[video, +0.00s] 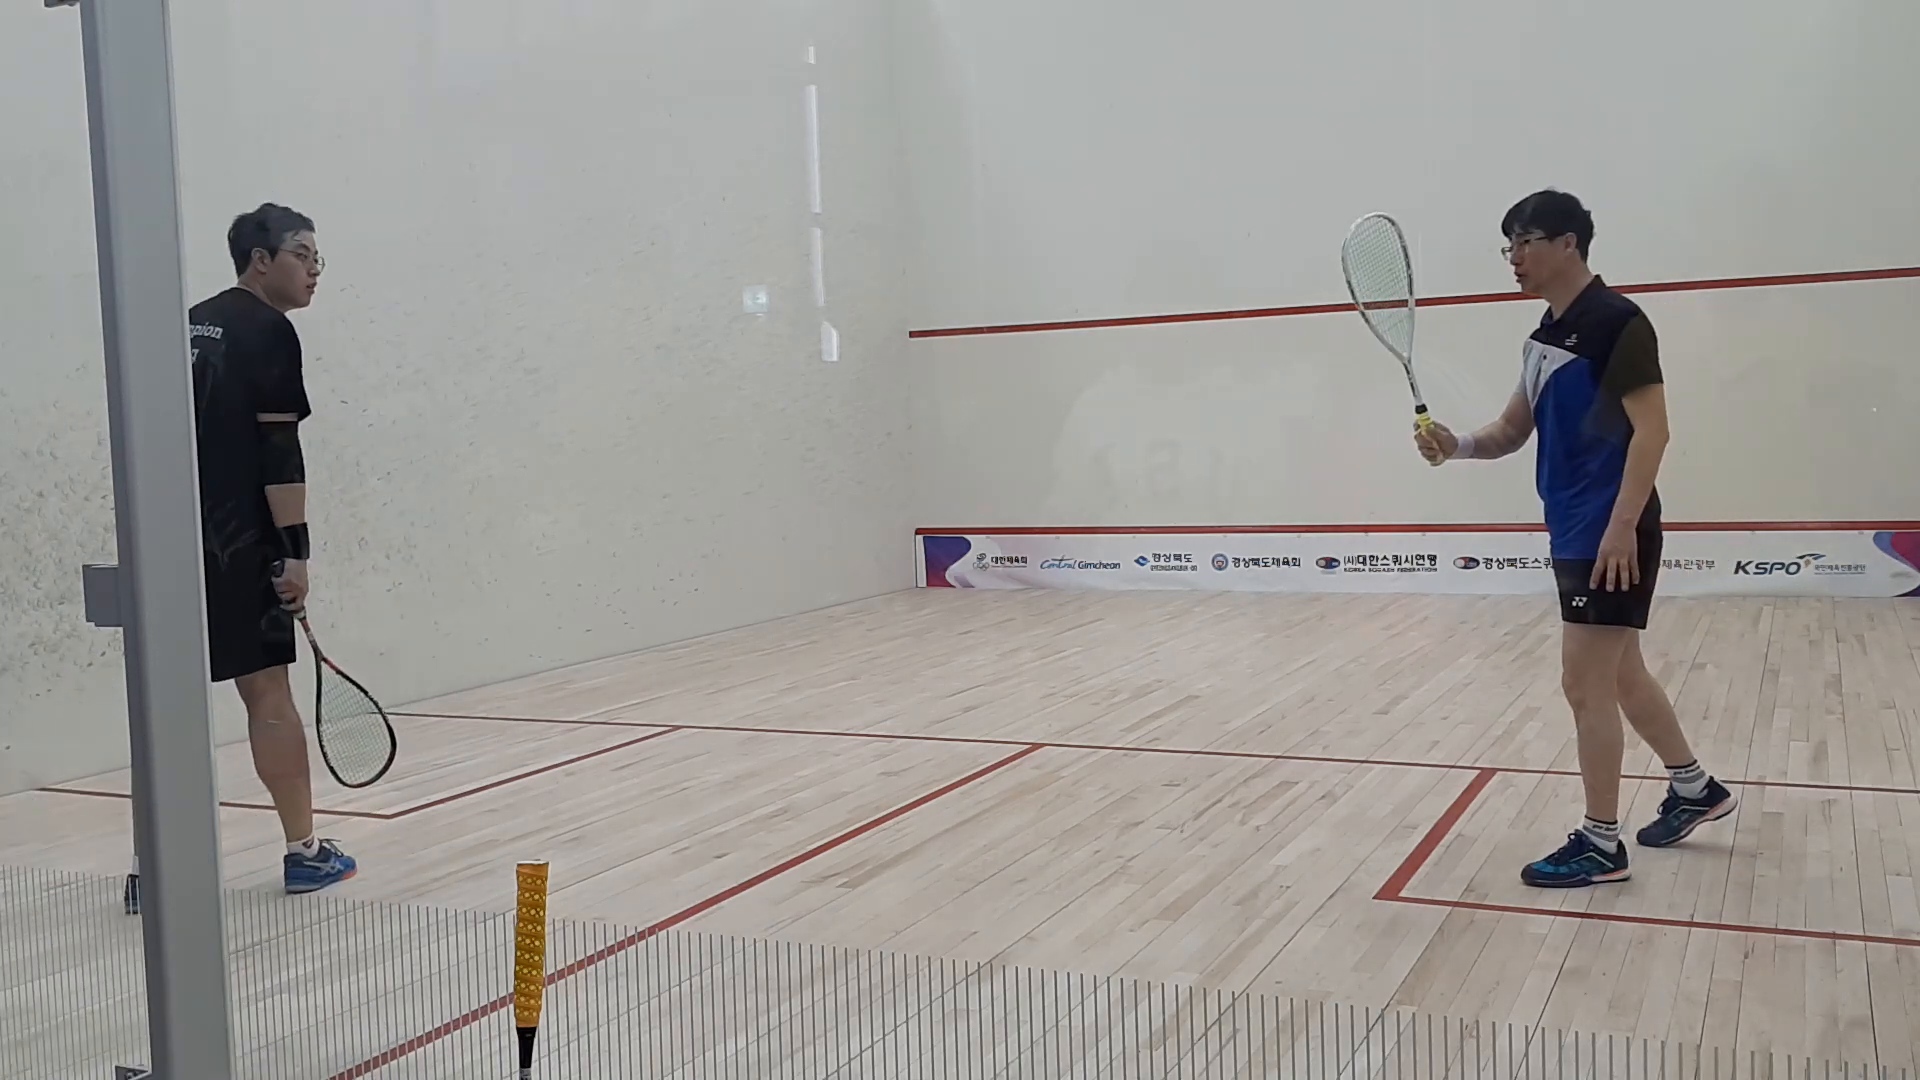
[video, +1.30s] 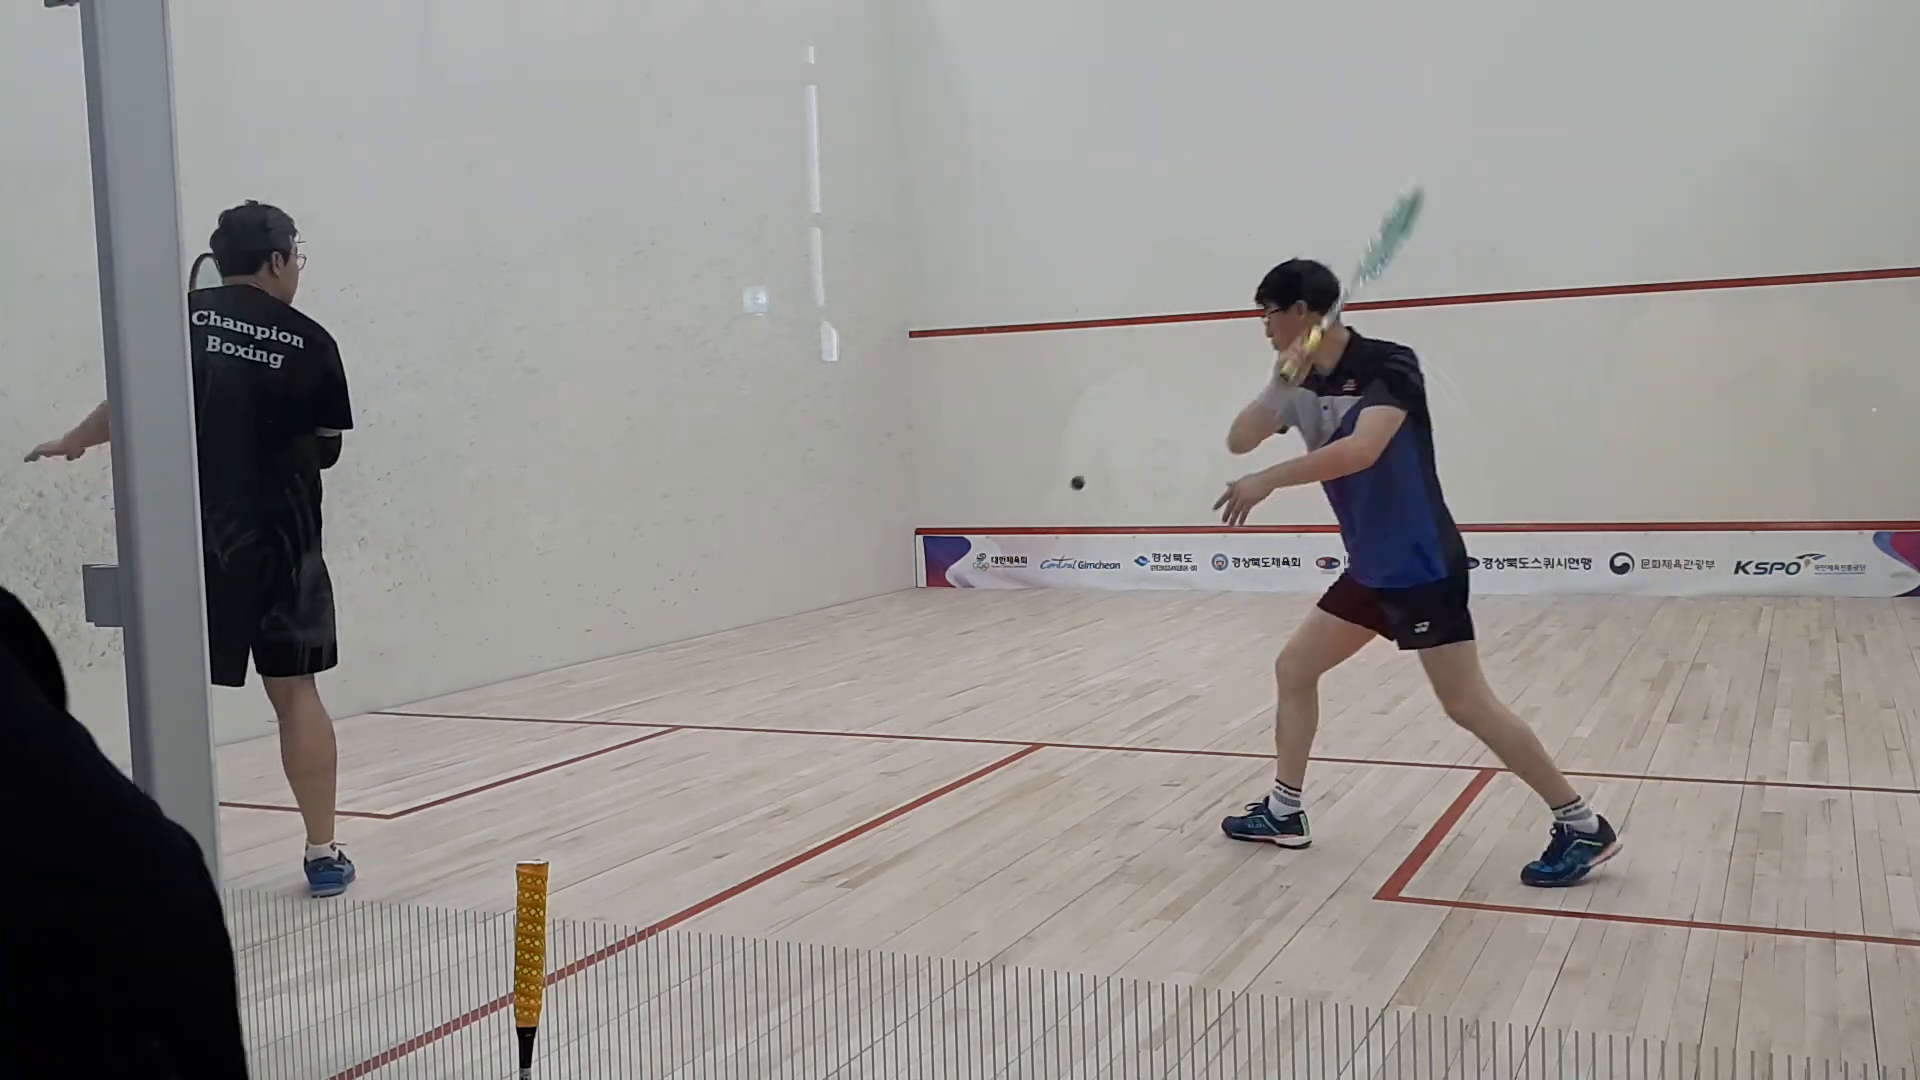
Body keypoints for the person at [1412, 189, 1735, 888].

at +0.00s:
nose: (1512, 259)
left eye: (1523, 245)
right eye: (1510, 247)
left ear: (1569, 245)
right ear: (1539, 253)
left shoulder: (1620, 323)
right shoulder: (1547, 334)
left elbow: (1653, 432)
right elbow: (1509, 431)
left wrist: (1623, 524)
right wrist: (1458, 444)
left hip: (1610, 533)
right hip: (1573, 533)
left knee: (1587, 684)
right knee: (1625, 676)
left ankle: (1602, 839)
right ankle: (1693, 783)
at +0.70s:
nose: (1437, 287)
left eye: (1444, 271)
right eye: (1436, 273)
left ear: (1482, 265)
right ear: (1480, 269)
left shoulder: (1557, 335)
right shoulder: (1477, 346)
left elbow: (1595, 450)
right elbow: (1445, 431)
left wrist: (1570, 544)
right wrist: (1392, 463)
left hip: (1586, 532)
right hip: (1539, 533)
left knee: (1573, 684)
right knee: (1554, 675)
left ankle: (1602, 839)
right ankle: (1663, 772)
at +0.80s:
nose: (1422, 291)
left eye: (1428, 276)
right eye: (1420, 277)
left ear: (1465, 269)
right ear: (1463, 271)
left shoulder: (1538, 340)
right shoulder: (1463, 350)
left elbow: (1550, 459)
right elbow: (1431, 435)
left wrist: (1496, 542)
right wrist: (1391, 461)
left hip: (1577, 543)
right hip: (1527, 542)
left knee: (1569, 689)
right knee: (1512, 673)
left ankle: (1601, 838)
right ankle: (1608, 788)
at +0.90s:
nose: (1404, 293)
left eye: (1410, 278)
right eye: (1402, 280)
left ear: (1448, 272)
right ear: (1444, 276)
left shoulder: (1520, 341)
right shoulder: (1444, 352)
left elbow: (1497, 460)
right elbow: (1411, 439)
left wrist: (1406, 512)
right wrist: (1377, 439)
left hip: (1565, 542)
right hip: (1512, 542)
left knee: (1563, 691)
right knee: (1465, 665)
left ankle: (1603, 838)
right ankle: (1508, 808)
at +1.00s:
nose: (1379, 296)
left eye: (1386, 281)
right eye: (1377, 283)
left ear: (1424, 275)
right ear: (1418, 279)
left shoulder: (1501, 341)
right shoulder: (1416, 352)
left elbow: (1458, 445)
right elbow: (1378, 437)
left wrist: (1358, 466)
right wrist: (1353, 400)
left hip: (1542, 546)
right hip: (1484, 545)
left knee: (1554, 692)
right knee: (1424, 659)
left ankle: (1601, 838)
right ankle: (1407, 805)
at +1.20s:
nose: (1315, 314)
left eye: (1319, 303)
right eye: (1313, 304)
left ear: (1350, 295)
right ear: (1351, 297)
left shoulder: (1433, 350)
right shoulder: (1348, 364)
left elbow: (1394, 431)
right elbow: (1301, 410)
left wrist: (1302, 446)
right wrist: (1311, 338)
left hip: (1468, 560)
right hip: (1409, 561)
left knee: (1509, 697)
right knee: (1343, 674)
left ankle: (1595, 833)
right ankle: (1301, 806)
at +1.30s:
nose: (1268, 335)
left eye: (1272, 322)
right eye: (1265, 325)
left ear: (1308, 314)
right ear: (1296, 318)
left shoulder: (1391, 367)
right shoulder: (1301, 378)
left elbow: (1360, 451)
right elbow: (1239, 440)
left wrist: (1267, 482)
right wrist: (1280, 386)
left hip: (1428, 571)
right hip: (1370, 571)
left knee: (1470, 706)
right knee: (1295, 667)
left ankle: (1582, 823)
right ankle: (1284, 809)